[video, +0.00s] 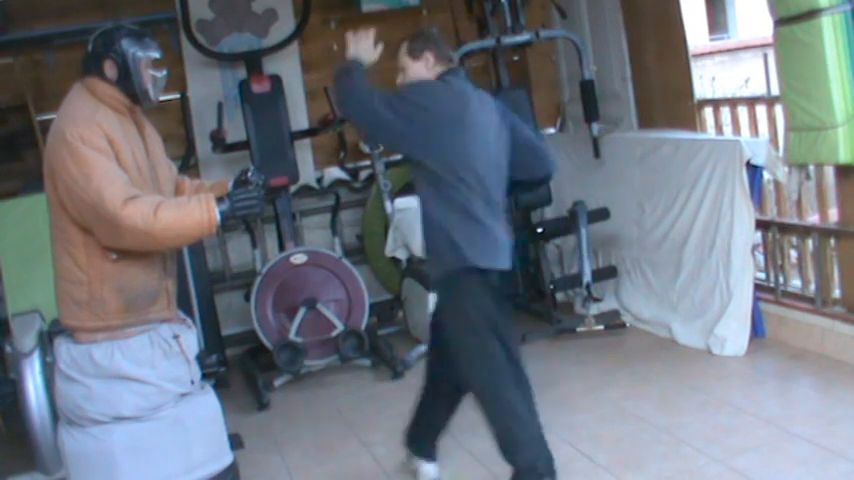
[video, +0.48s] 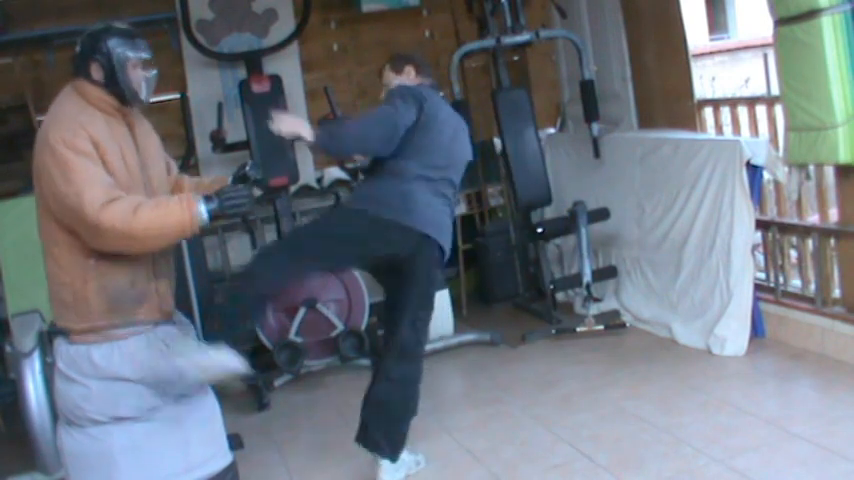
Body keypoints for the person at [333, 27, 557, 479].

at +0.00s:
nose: (401, 80)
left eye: (405, 70)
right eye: (400, 71)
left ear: (429, 60)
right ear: (439, 62)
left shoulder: (430, 102)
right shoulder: (488, 105)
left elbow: (363, 109)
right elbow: (540, 164)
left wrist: (354, 65)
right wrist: (484, 178)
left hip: (462, 261)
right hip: (493, 257)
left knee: (491, 370)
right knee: (449, 365)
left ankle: (535, 469)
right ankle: (420, 448)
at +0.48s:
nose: (386, 91)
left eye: (389, 81)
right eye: (384, 85)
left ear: (411, 73)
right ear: (425, 77)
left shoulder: (412, 97)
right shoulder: (461, 130)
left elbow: (374, 135)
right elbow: (423, 177)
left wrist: (310, 131)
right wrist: (366, 162)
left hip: (381, 216)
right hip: (428, 239)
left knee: (279, 260)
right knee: (406, 343)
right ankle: (389, 455)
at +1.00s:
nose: (360, 88)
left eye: (362, 77)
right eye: (357, 80)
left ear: (388, 63)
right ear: (385, 67)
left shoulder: (429, 91)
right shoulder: (407, 101)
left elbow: (422, 158)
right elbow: (409, 172)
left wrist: (359, 119)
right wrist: (364, 125)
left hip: (478, 247)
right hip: (454, 250)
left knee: (483, 353)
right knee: (460, 344)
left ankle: (518, 463)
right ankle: (479, 414)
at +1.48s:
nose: (433, 76)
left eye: (436, 66)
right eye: (429, 68)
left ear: (462, 53)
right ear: (458, 56)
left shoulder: (488, 82)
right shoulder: (486, 81)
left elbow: (487, 139)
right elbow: (490, 148)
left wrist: (428, 107)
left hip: (515, 222)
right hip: (525, 217)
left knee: (482, 320)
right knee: (529, 308)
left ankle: (531, 422)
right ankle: (574, 384)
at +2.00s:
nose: (436, 78)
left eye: (440, 68)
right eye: (434, 71)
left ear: (469, 56)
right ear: (467, 60)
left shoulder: (497, 90)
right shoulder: (490, 91)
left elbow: (485, 145)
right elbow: (479, 164)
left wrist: (427, 104)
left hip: (523, 238)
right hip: (535, 232)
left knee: (522, 346)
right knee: (563, 326)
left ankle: (531, 457)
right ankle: (613, 395)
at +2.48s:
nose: (379, 85)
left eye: (383, 76)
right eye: (377, 78)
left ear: (408, 65)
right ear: (418, 67)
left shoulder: (412, 97)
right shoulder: (465, 110)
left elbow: (364, 118)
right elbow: (496, 160)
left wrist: (317, 89)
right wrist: (444, 154)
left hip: (415, 239)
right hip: (461, 242)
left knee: (359, 330)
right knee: (434, 343)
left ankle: (431, 395)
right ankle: (438, 448)